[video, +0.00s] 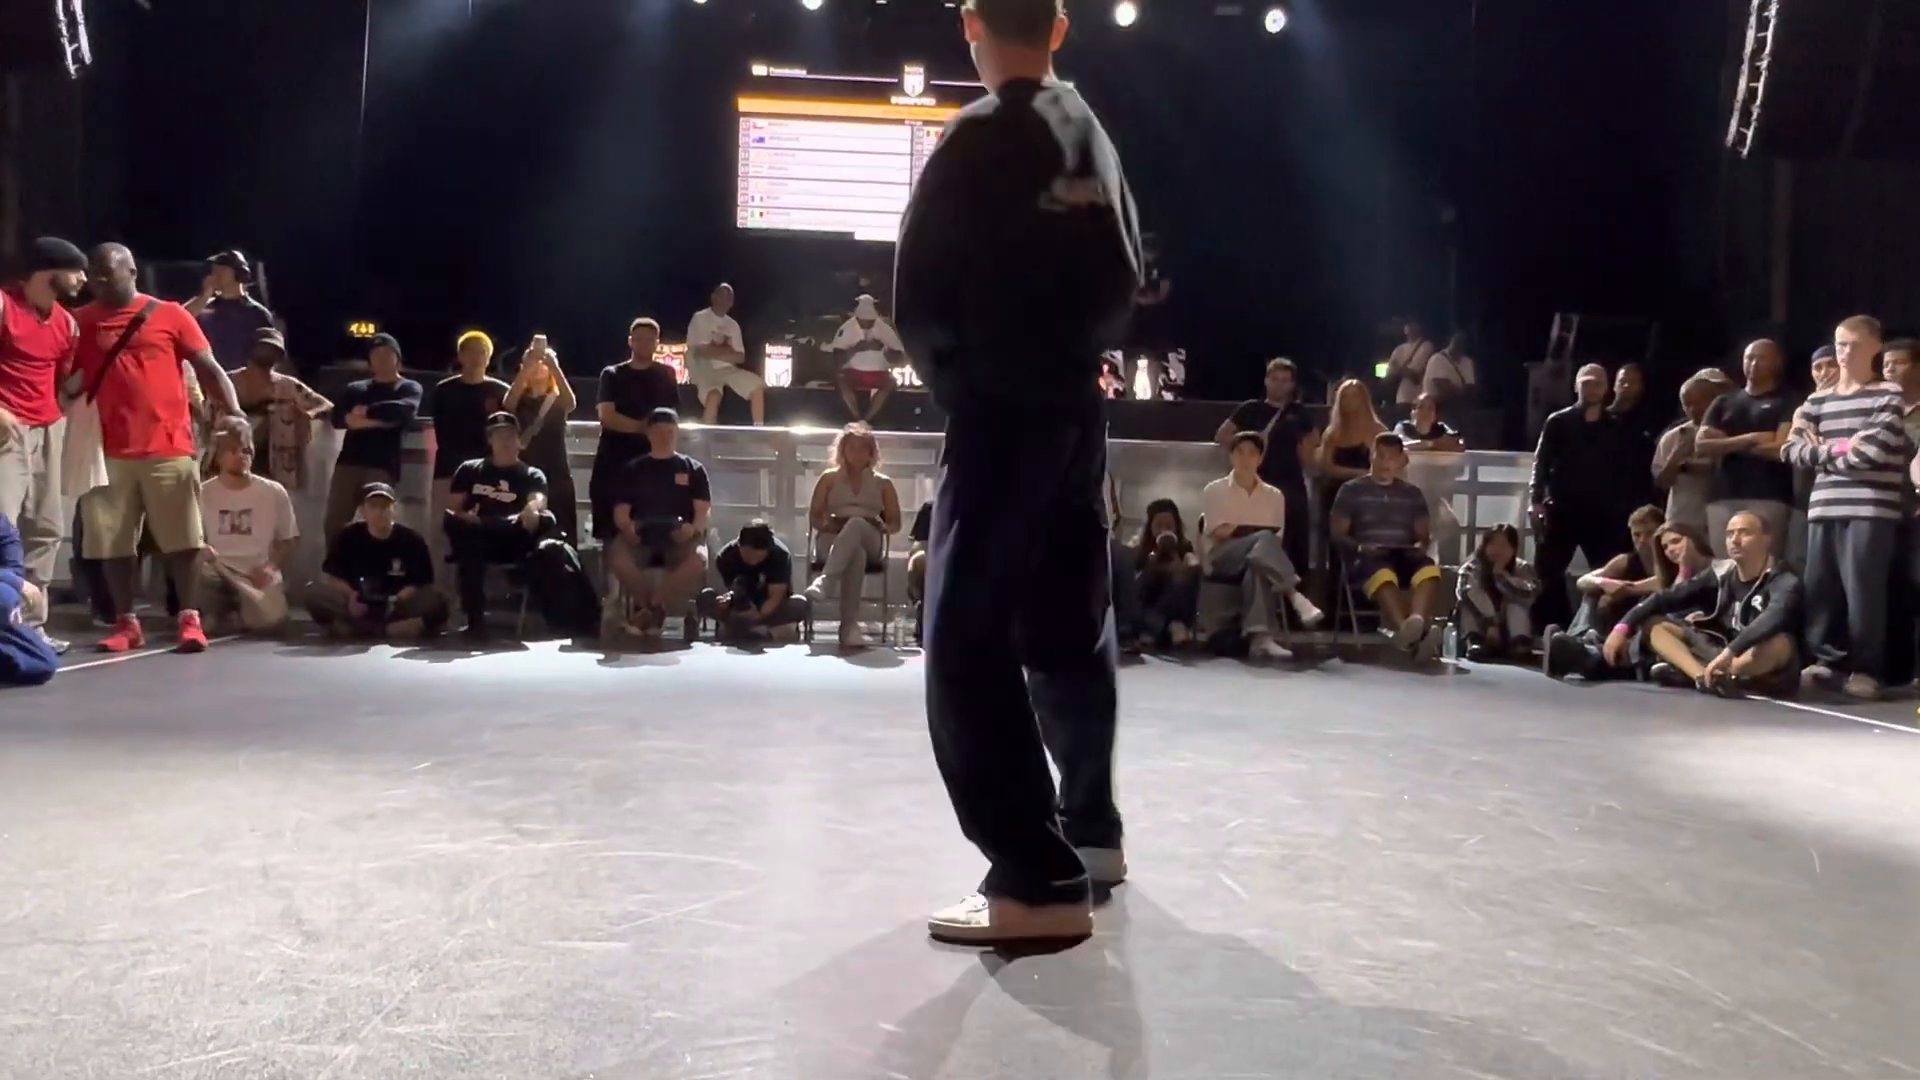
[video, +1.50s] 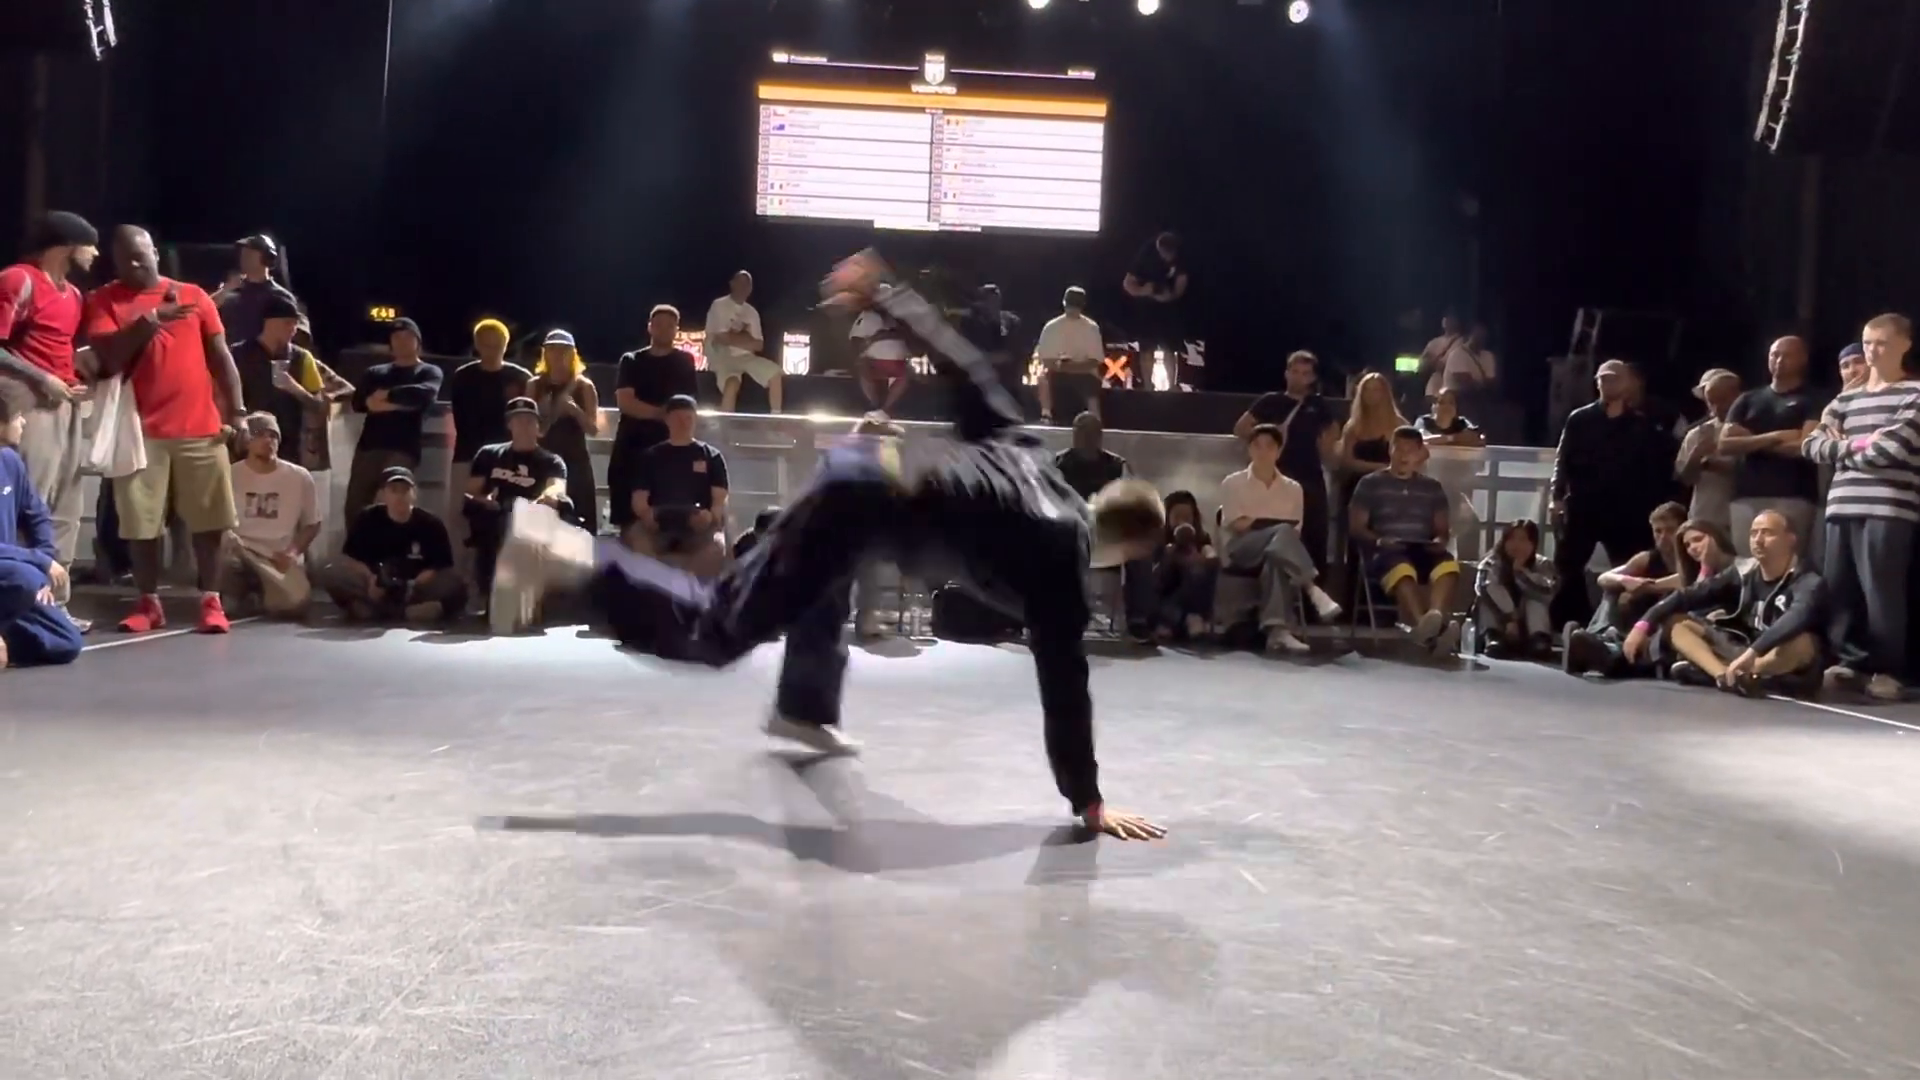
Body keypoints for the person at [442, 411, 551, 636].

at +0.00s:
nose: (505, 442)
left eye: (510, 436)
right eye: (500, 436)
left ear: (518, 440)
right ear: (489, 440)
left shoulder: (532, 475)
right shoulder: (469, 469)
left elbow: (538, 498)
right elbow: (451, 510)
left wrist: (531, 508)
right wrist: (465, 516)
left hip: (514, 529)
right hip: (479, 528)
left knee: (546, 520)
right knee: (465, 538)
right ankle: (474, 618)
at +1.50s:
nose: (524, 426)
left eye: (529, 421)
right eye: (519, 421)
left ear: (538, 427)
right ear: (509, 425)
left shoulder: (552, 462)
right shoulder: (489, 454)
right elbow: (470, 496)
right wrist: (487, 501)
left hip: (534, 525)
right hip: (496, 523)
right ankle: (485, 596)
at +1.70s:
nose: (526, 425)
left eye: (531, 420)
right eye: (521, 419)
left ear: (540, 425)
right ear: (511, 423)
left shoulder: (553, 459)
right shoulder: (491, 453)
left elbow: (558, 488)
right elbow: (472, 494)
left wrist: (552, 496)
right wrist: (489, 500)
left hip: (539, 519)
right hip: (502, 518)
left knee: (578, 534)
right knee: (486, 519)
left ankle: (608, 590)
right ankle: (494, 599)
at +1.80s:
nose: (527, 423)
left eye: (533, 418)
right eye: (522, 418)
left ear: (541, 424)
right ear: (512, 422)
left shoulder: (555, 458)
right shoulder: (492, 451)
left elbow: (560, 484)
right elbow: (473, 491)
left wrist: (553, 494)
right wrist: (488, 499)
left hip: (540, 519)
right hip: (503, 518)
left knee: (578, 534)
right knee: (488, 517)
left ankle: (604, 605)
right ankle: (496, 599)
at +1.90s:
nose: (530, 423)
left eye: (534, 417)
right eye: (524, 417)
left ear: (543, 423)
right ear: (514, 421)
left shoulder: (556, 457)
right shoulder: (493, 451)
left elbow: (561, 483)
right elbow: (475, 491)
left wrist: (555, 493)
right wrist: (490, 498)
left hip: (538, 515)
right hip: (502, 514)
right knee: (490, 518)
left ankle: (575, 601)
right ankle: (497, 598)